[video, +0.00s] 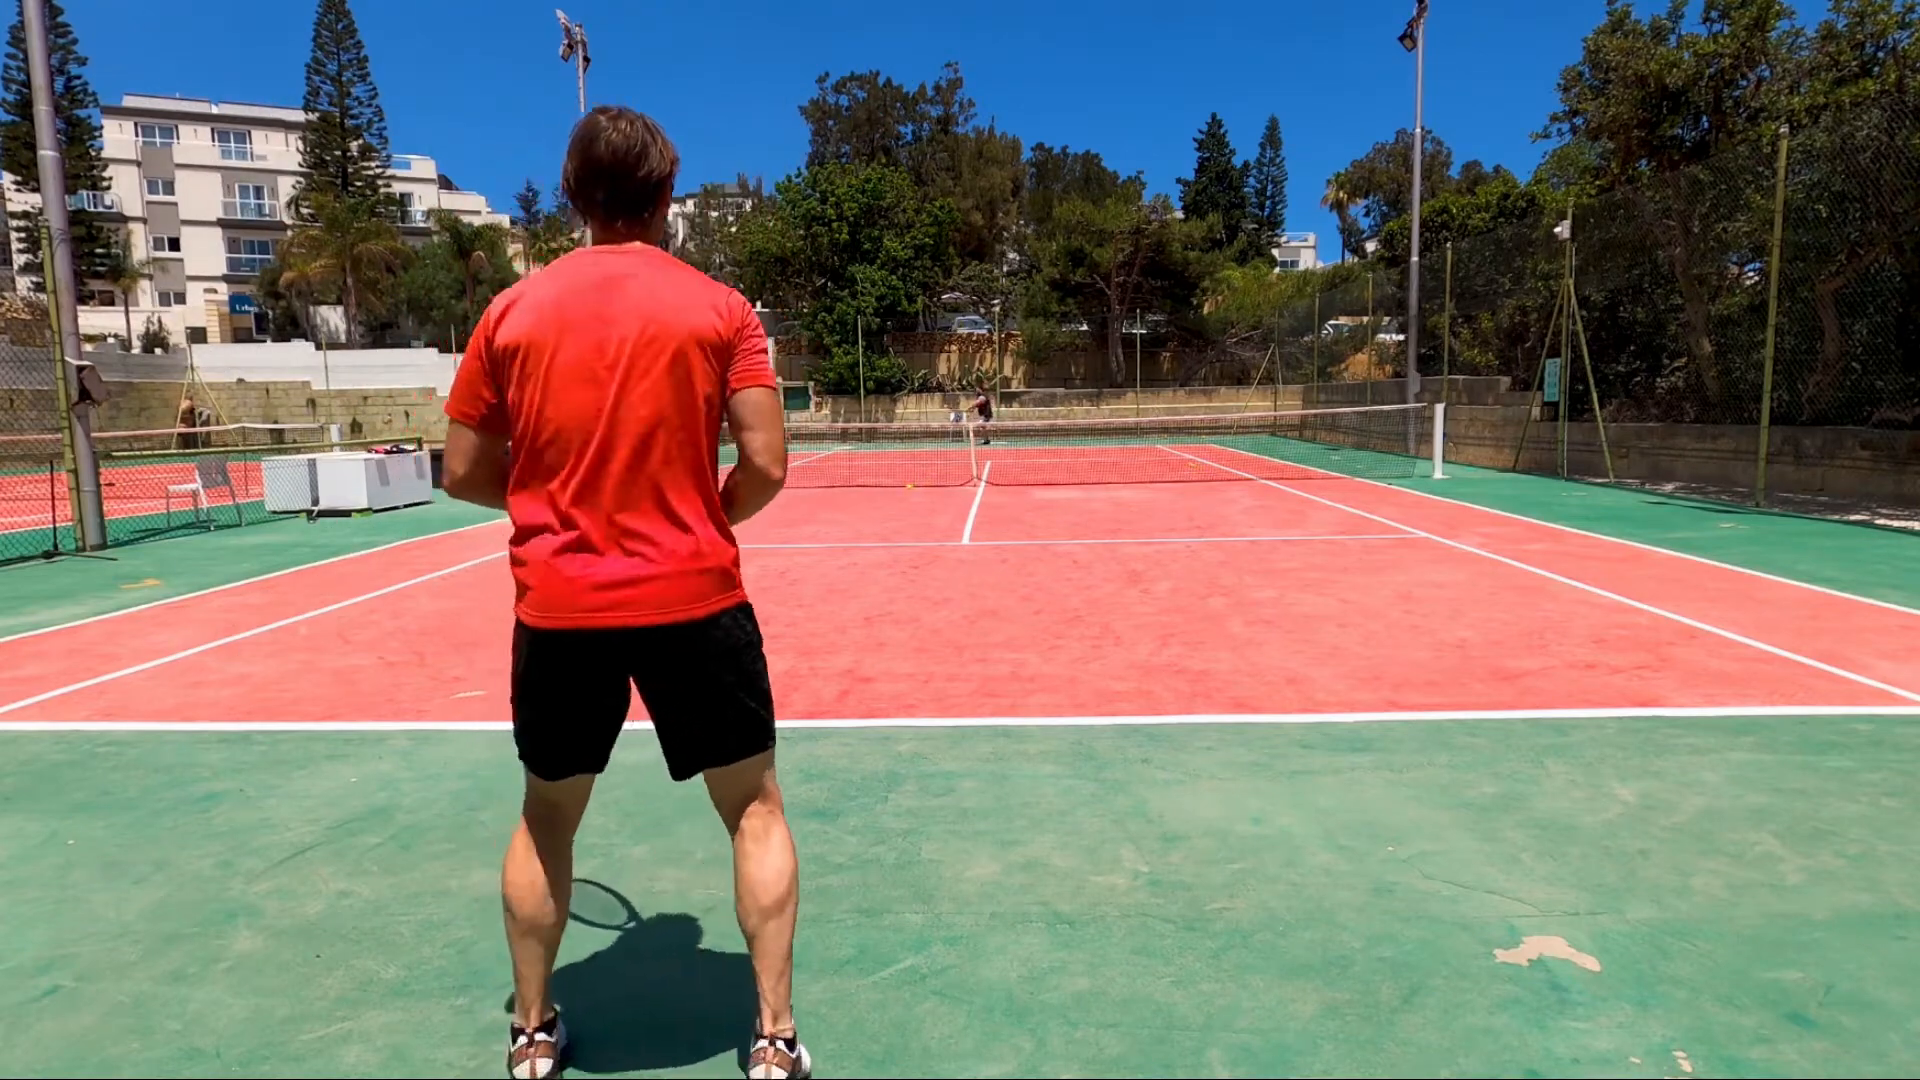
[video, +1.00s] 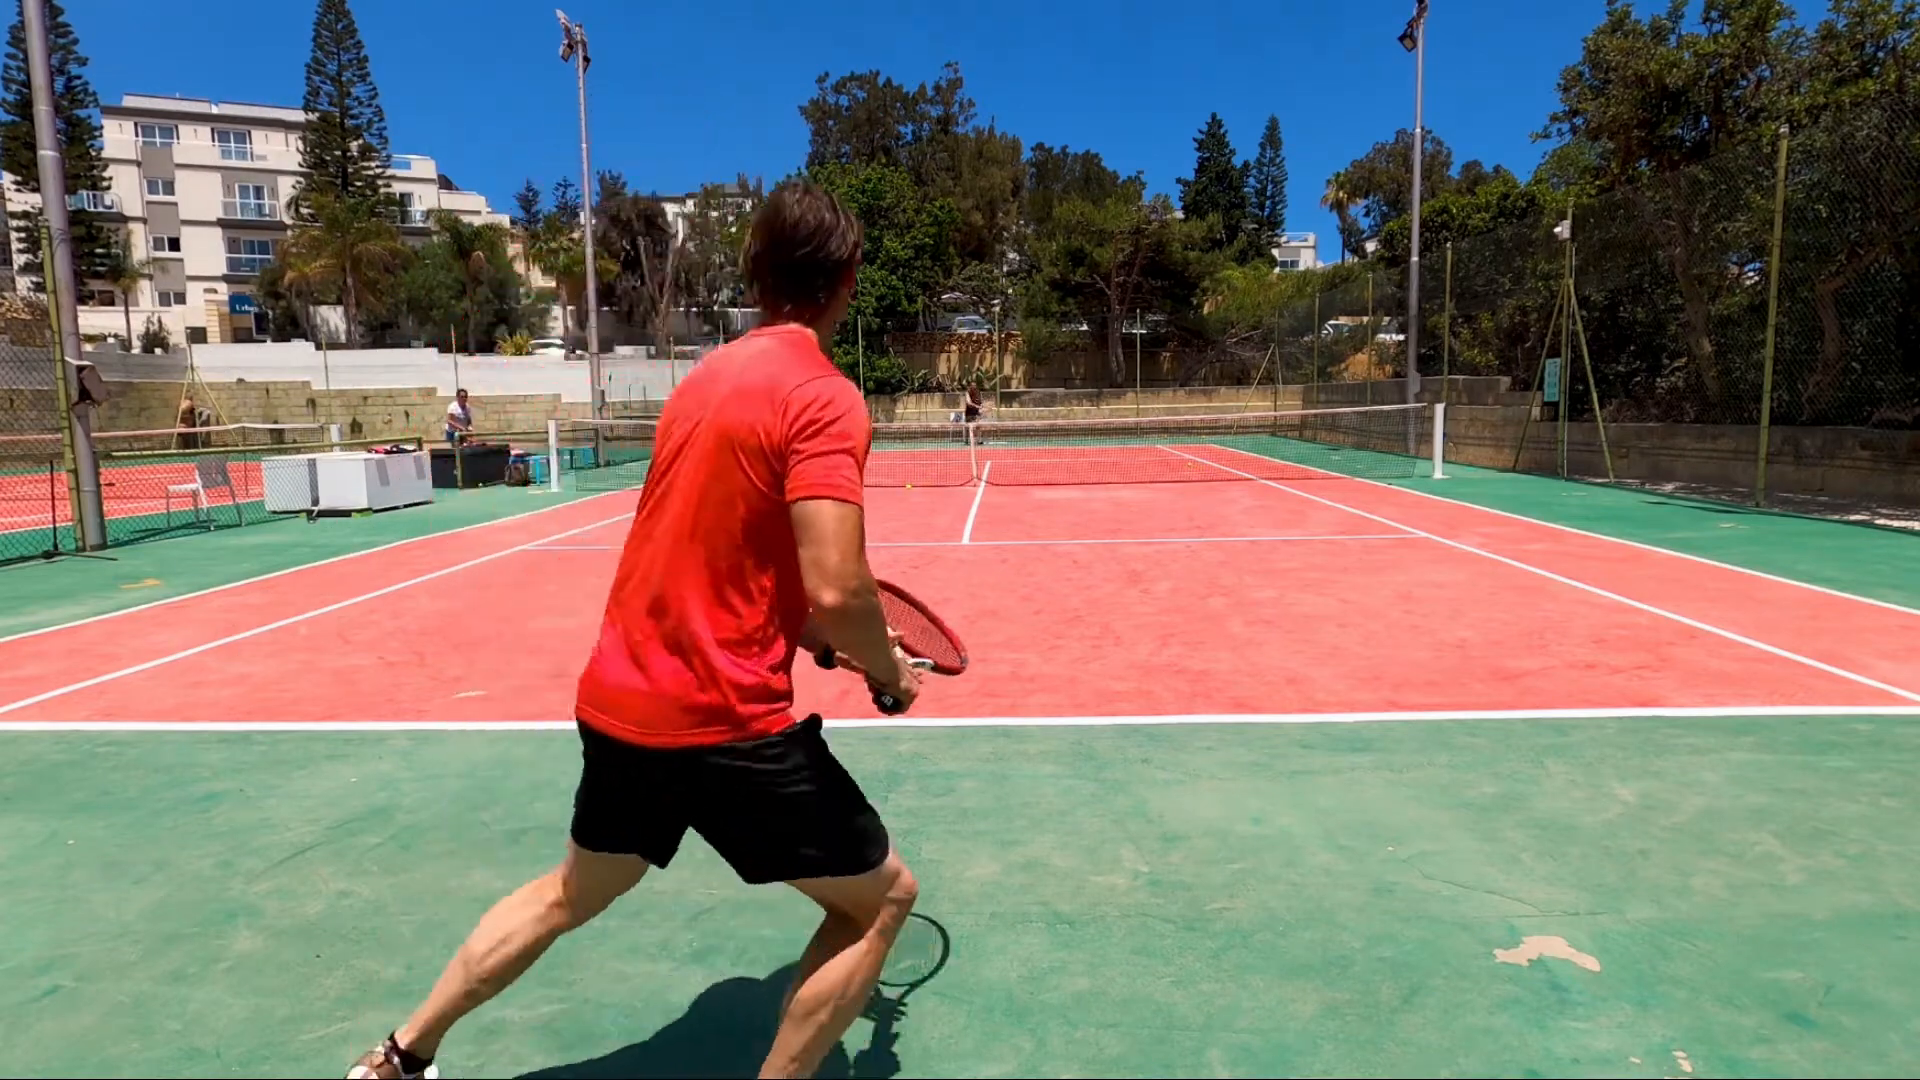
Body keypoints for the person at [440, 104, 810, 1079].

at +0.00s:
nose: (667, 206)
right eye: (668, 192)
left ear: (574, 196)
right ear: (667, 198)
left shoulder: (514, 310)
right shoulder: (719, 308)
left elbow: (465, 471)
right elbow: (765, 465)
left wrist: (559, 471)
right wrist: (708, 517)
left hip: (561, 613)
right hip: (694, 606)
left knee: (547, 818)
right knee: (753, 803)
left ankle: (532, 1030)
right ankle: (774, 1033)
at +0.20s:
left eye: (623, 259)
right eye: (706, 261)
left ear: (620, 270)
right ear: (710, 273)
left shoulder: (562, 381)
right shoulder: (764, 387)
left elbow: (498, 540)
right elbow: (830, 542)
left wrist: (592, 560)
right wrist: (741, 582)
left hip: (600, 688)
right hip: (731, 681)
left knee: (599, 856)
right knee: (772, 847)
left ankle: (623, 1060)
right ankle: (771, 1059)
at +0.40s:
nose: (691, 184)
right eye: (695, 170)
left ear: (601, 176)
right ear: (696, 177)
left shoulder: (537, 287)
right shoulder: (747, 291)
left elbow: (482, 452)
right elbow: (817, 449)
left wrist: (569, 479)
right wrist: (738, 508)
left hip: (572, 594)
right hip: (709, 593)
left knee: (545, 791)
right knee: (760, 820)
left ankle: (523, 1015)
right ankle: (782, 1046)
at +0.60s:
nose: (682, 211)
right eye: (680, 198)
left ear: (577, 209)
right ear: (672, 210)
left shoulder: (502, 323)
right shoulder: (719, 324)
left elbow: (450, 481)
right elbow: (779, 484)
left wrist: (546, 509)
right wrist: (699, 530)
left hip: (527, 642)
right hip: (667, 642)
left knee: (469, 838)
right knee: (751, 851)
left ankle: (378, 1052)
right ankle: (771, 1070)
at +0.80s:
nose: (695, 322)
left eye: (689, 306)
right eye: (693, 308)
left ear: (589, 316)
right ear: (682, 320)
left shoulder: (522, 426)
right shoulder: (686, 434)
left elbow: (520, 575)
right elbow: (735, 608)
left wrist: (669, 617)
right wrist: (731, 654)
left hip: (488, 740)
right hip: (620, 742)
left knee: (463, 880)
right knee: (810, 860)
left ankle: (360, 1068)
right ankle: (763, 1072)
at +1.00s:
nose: (858, 286)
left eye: (853, 271)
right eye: (855, 272)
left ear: (758, 277)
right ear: (843, 282)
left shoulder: (705, 377)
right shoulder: (823, 398)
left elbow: (707, 541)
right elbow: (835, 590)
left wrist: (808, 622)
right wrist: (886, 669)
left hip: (618, 701)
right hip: (725, 720)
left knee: (582, 881)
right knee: (876, 900)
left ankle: (402, 1053)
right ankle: (782, 1074)